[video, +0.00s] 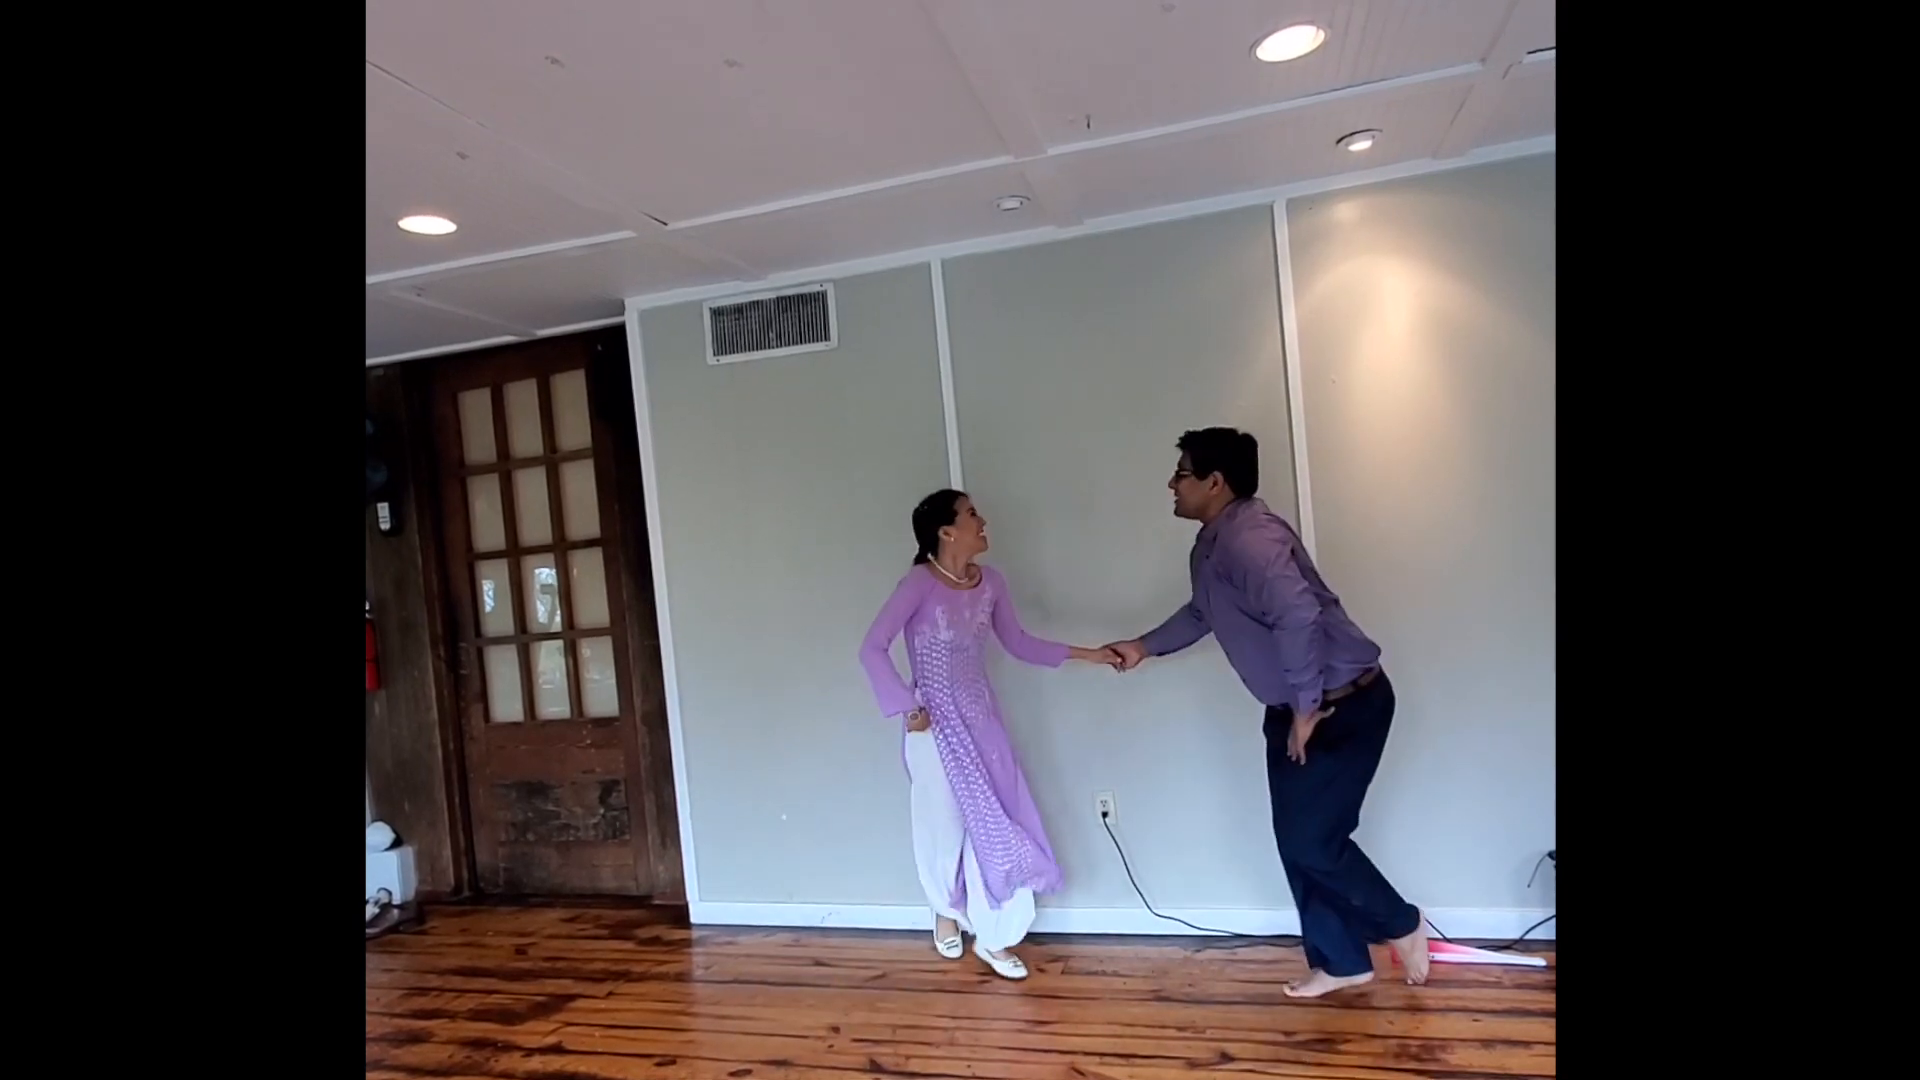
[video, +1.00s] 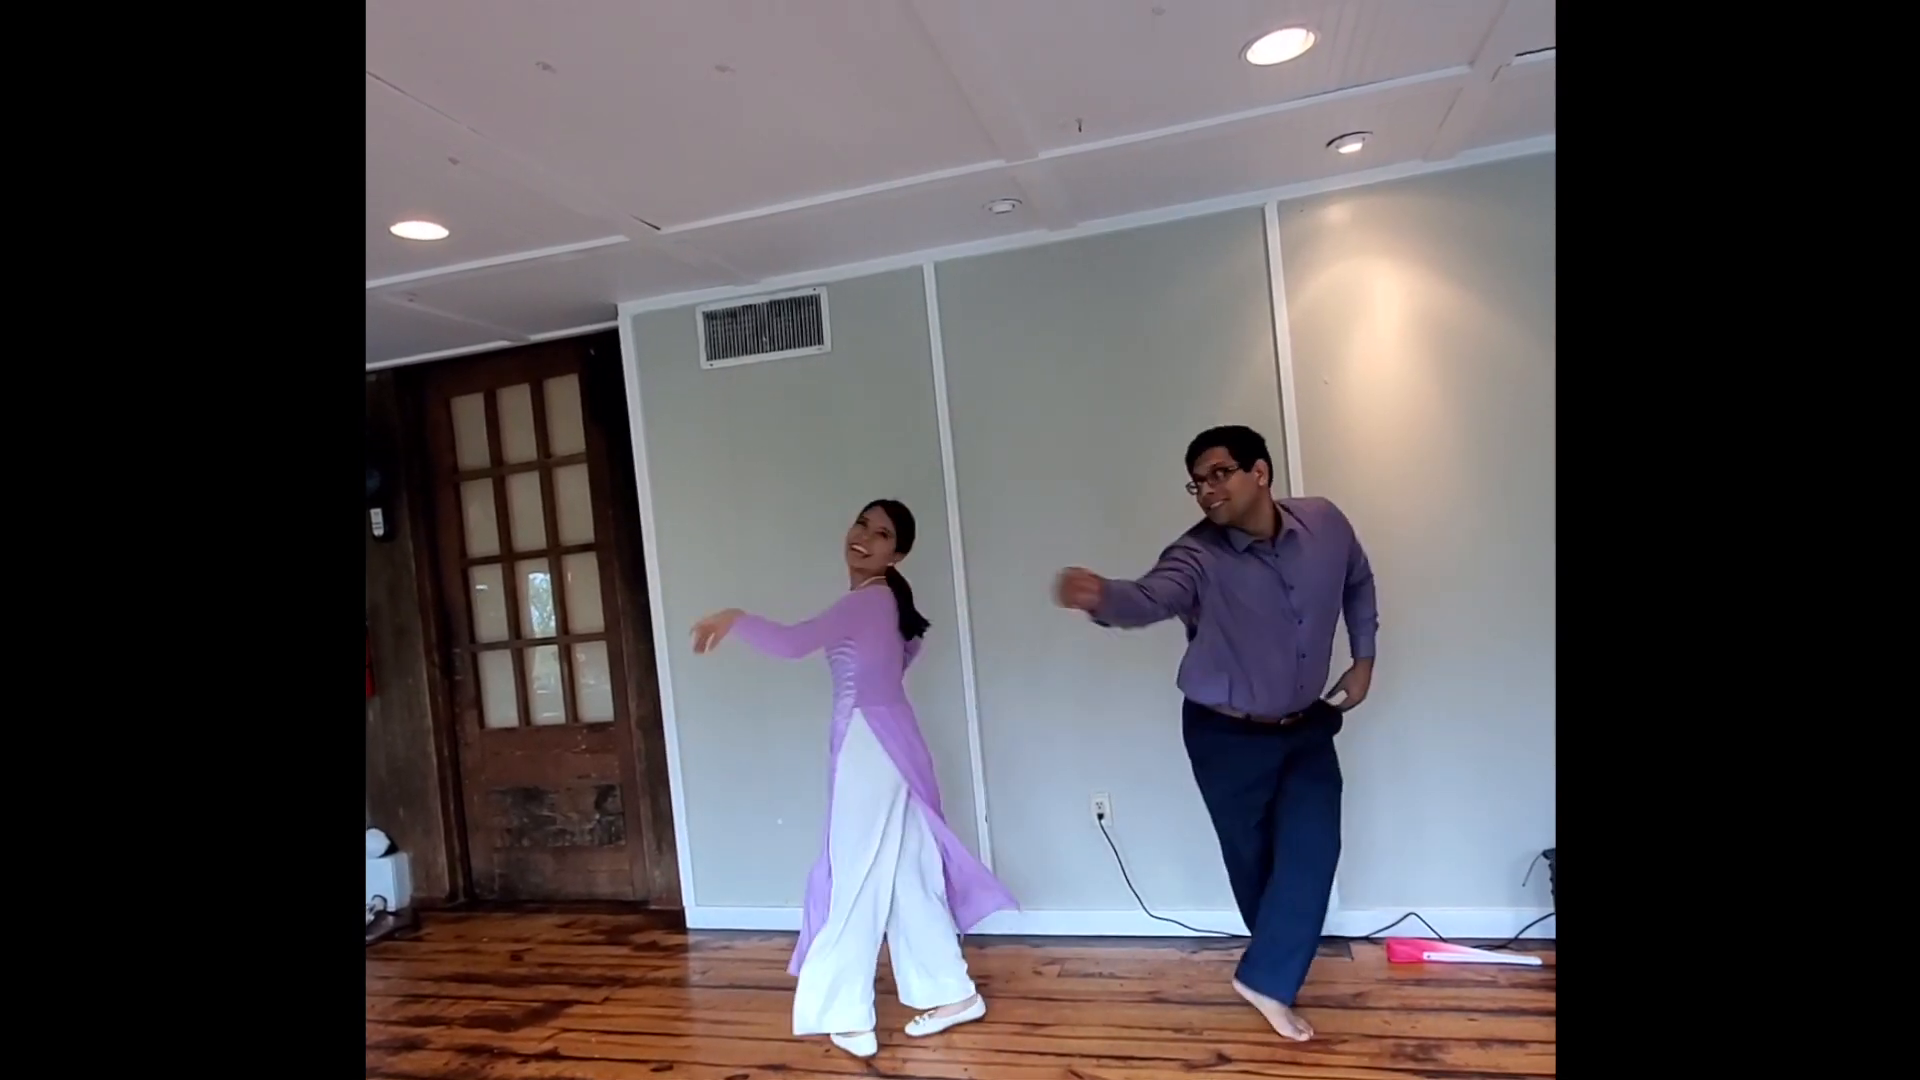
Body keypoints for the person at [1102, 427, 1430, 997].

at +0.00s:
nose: (1172, 483)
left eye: (1183, 474)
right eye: (1176, 472)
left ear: (1217, 483)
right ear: (1213, 483)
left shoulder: (1251, 537)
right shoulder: (1212, 541)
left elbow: (1299, 615)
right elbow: (1203, 613)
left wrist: (1305, 705)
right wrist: (1144, 647)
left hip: (1346, 701)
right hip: (1293, 705)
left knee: (1314, 840)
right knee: (1297, 839)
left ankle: (1405, 925)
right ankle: (1343, 963)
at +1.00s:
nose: (1206, 491)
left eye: (1217, 476)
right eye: (1197, 484)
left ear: (1260, 473)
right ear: (1197, 494)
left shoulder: (1322, 521)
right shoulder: (1199, 555)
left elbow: (1356, 581)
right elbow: (1152, 596)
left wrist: (1364, 658)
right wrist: (1103, 597)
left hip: (1305, 725)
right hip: (1226, 732)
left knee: (1313, 850)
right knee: (1252, 859)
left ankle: (1268, 979)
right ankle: (1281, 962)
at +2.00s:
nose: (1131, 484)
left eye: (1141, 471)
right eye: (1130, 471)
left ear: (1186, 472)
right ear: (1188, 474)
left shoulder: (1199, 534)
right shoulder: (1214, 523)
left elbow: (1224, 627)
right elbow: (1227, 630)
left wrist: (1181, 718)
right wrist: (1189, 718)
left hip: (1245, 734)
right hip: (1277, 728)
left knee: (1207, 889)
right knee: (1260, 879)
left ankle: (1253, 1046)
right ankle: (1320, 1035)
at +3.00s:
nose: (1124, 473)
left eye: (1136, 462)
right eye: (1115, 467)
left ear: (1171, 472)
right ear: (1108, 483)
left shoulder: (1223, 523)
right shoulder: (1091, 532)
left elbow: (1278, 588)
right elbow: (1019, 502)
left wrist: (1268, 661)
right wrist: (954, 449)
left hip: (1239, 722)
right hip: (1151, 735)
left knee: (1305, 851)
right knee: (1178, 875)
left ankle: (1357, 986)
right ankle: (1205, 986)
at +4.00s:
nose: (1121, 520)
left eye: (1125, 503)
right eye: (1117, 514)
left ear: (1167, 487)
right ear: (1149, 509)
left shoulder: (1264, 518)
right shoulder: (1146, 568)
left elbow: (1340, 570)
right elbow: (1192, 526)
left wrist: (1357, 657)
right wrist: (1252, 447)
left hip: (1308, 733)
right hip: (1214, 743)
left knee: (1327, 873)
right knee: (1178, 883)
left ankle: (1326, 984)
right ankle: (1123, 1016)